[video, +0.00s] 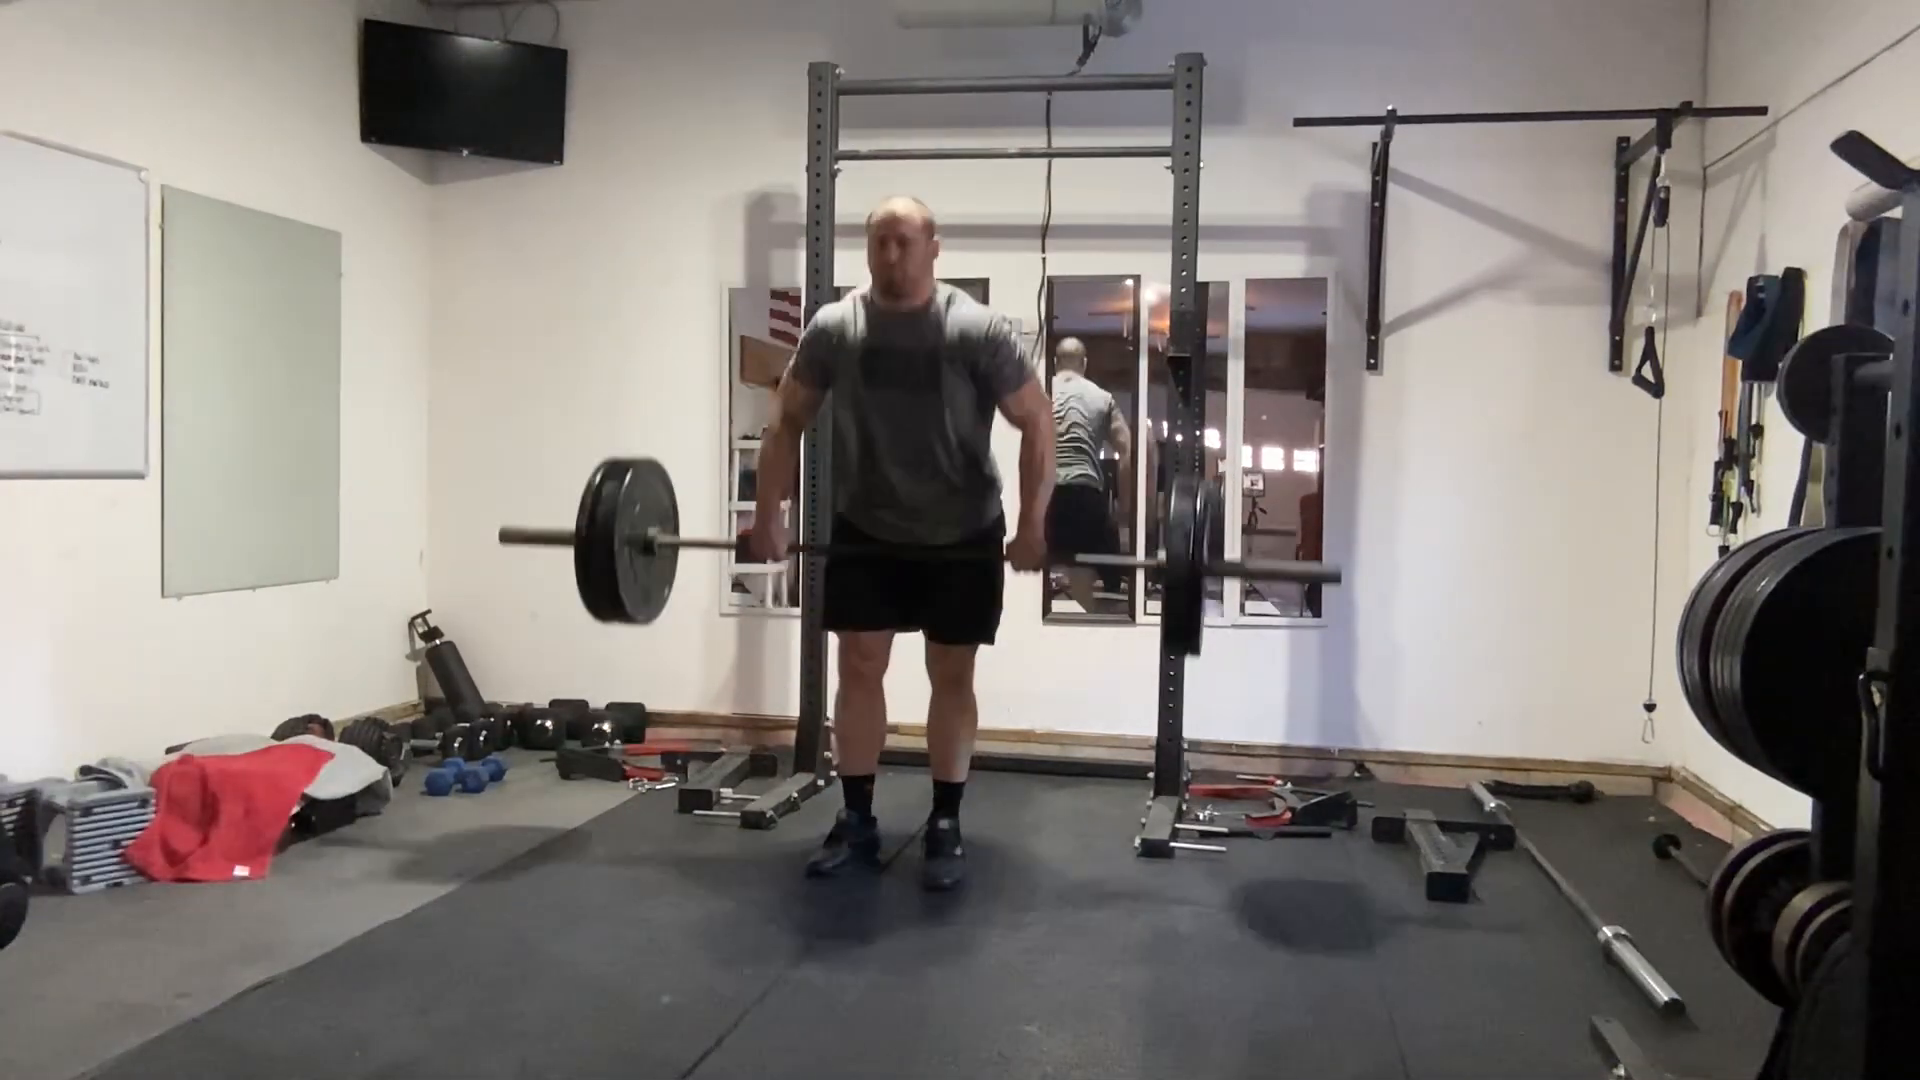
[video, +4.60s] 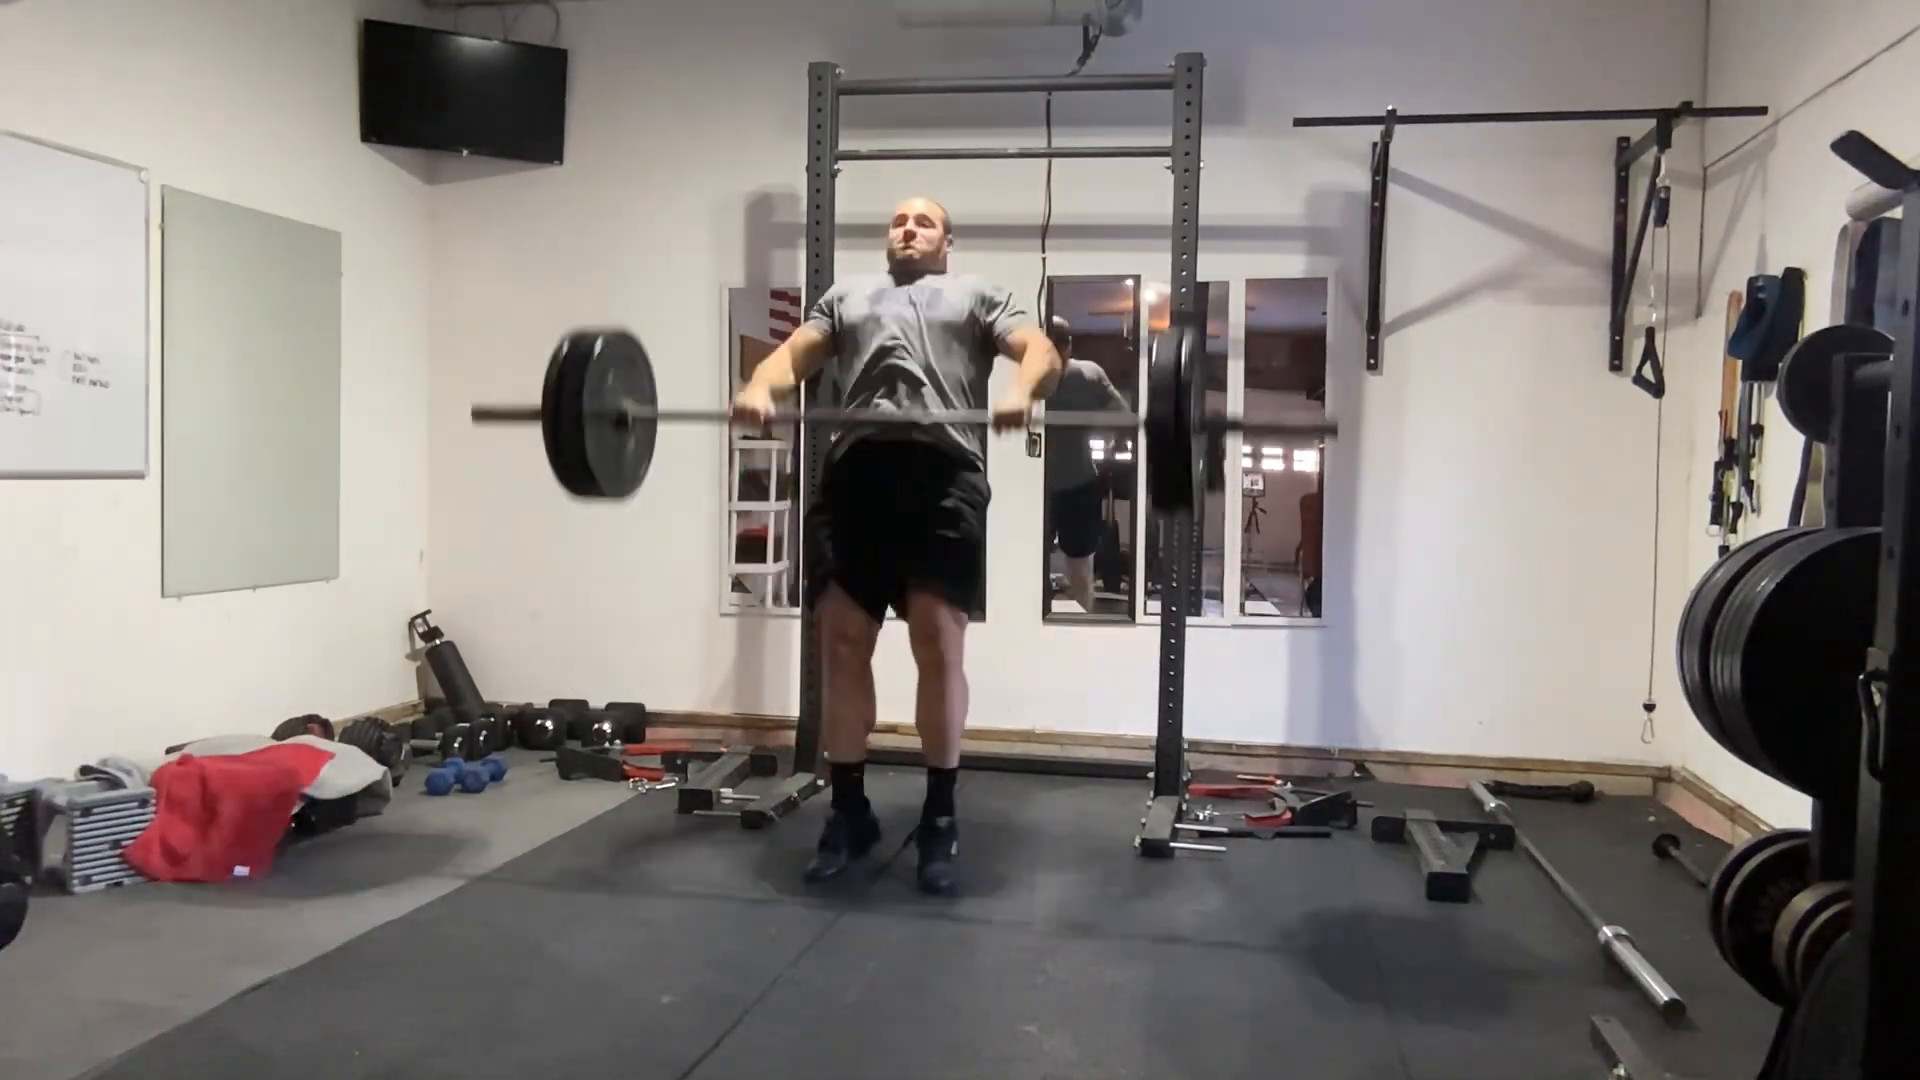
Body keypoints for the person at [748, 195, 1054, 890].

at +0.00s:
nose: (890, 254)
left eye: (902, 241)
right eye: (880, 242)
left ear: (934, 249)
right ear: (867, 252)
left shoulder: (977, 331)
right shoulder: (834, 330)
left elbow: (1038, 422)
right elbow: (787, 424)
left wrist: (1032, 525)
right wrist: (765, 517)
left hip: (959, 536)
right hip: (864, 533)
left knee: (952, 676)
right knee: (859, 668)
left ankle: (944, 830)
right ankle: (856, 826)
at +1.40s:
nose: (912, 216)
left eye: (926, 211)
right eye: (903, 211)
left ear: (950, 237)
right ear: (888, 235)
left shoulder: (979, 295)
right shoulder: (847, 292)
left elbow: (1037, 362)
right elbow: (782, 354)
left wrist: (1021, 431)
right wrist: (760, 425)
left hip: (940, 482)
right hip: (847, 480)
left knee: (934, 646)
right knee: (844, 647)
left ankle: (938, 816)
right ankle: (842, 808)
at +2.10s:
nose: (893, 254)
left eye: (908, 246)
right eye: (885, 244)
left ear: (936, 262)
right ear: (871, 258)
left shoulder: (954, 324)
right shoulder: (835, 322)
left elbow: (981, 359)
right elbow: (765, 360)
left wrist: (1007, 302)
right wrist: (770, 297)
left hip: (934, 529)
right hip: (842, 528)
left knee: (937, 684)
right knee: (824, 681)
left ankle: (934, 832)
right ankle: (857, 830)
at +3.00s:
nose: (907, 208)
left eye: (921, 206)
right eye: (896, 205)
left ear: (943, 235)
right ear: (877, 229)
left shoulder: (957, 292)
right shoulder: (835, 283)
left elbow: (1026, 263)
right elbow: (746, 271)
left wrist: (1026, 173)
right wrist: (757, 187)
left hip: (932, 488)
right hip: (845, 489)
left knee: (935, 659)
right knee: (850, 659)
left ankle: (943, 826)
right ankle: (850, 821)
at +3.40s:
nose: (870, 232)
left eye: (884, 219)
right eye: (861, 220)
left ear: (916, 223)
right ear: (848, 226)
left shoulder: (958, 278)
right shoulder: (823, 282)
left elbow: (1004, 166)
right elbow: (771, 180)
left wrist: (1023, 73)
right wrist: (760, 90)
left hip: (934, 502)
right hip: (847, 503)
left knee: (931, 670)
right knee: (859, 668)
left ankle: (937, 829)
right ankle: (859, 826)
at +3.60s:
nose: (887, 227)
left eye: (902, 218)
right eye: (877, 218)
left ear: (928, 233)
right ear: (863, 233)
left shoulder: (966, 317)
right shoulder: (822, 318)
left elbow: (1000, 418)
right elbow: (783, 410)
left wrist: (1007, 517)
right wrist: (751, 503)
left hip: (936, 531)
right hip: (842, 530)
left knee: (934, 675)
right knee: (844, 672)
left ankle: (937, 828)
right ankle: (855, 828)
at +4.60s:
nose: (909, 226)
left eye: (924, 221)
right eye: (899, 220)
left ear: (946, 244)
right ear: (884, 241)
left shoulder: (974, 295)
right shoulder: (847, 295)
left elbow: (1043, 348)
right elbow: (791, 355)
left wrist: (1022, 390)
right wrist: (758, 385)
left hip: (943, 471)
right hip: (857, 470)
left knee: (936, 633)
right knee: (842, 638)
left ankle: (939, 819)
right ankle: (848, 811)